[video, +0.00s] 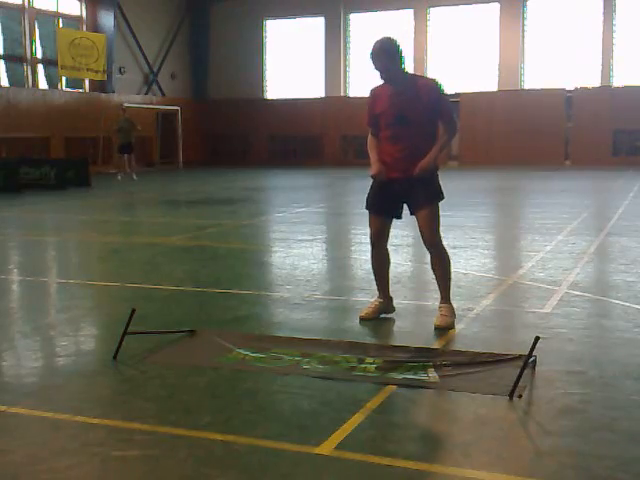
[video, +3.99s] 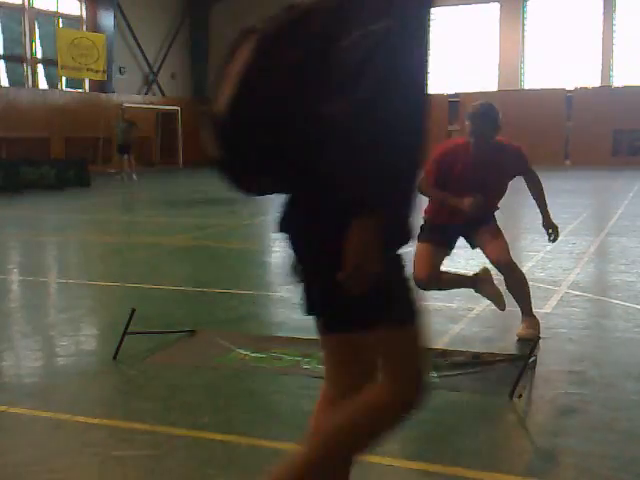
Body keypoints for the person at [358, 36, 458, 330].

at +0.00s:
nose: (378, 68)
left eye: (382, 62)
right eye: (375, 63)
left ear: (397, 58)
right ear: (374, 64)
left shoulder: (427, 88)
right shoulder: (377, 94)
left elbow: (450, 127)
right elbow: (372, 134)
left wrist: (432, 158)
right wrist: (375, 162)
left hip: (420, 178)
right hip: (385, 179)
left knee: (432, 241)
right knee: (377, 239)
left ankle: (445, 304)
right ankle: (384, 299)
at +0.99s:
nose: (376, 85)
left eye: (381, 79)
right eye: (374, 80)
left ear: (397, 77)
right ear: (373, 80)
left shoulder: (423, 108)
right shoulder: (370, 111)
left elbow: (452, 141)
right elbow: (364, 147)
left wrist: (427, 170)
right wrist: (369, 175)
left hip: (414, 188)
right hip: (380, 189)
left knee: (431, 246)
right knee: (355, 245)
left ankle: (446, 306)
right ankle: (381, 296)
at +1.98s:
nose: (334, 94)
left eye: (337, 88)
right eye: (328, 90)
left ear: (344, 88)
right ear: (320, 92)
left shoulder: (360, 109)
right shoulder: (314, 119)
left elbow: (400, 95)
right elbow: (292, 145)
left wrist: (439, 94)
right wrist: (329, 134)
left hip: (359, 196)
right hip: (322, 199)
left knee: (398, 221)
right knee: (284, 250)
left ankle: (408, 284)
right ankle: (256, 295)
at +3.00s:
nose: (302, 121)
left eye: (306, 115)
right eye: (300, 116)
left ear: (320, 112)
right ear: (297, 115)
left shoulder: (348, 136)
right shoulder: (298, 138)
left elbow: (373, 173)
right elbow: (284, 171)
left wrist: (334, 193)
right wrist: (266, 206)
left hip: (345, 203)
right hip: (311, 202)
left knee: (372, 244)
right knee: (272, 249)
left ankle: (373, 296)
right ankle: (265, 299)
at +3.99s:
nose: (476, 142)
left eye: (481, 136)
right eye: (472, 135)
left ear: (494, 133)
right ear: (467, 129)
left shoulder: (510, 156)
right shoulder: (448, 152)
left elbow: (531, 179)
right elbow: (423, 186)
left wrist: (546, 217)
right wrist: (458, 202)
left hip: (480, 218)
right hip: (440, 219)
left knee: (504, 263)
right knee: (424, 279)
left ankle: (528, 318)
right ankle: (476, 281)